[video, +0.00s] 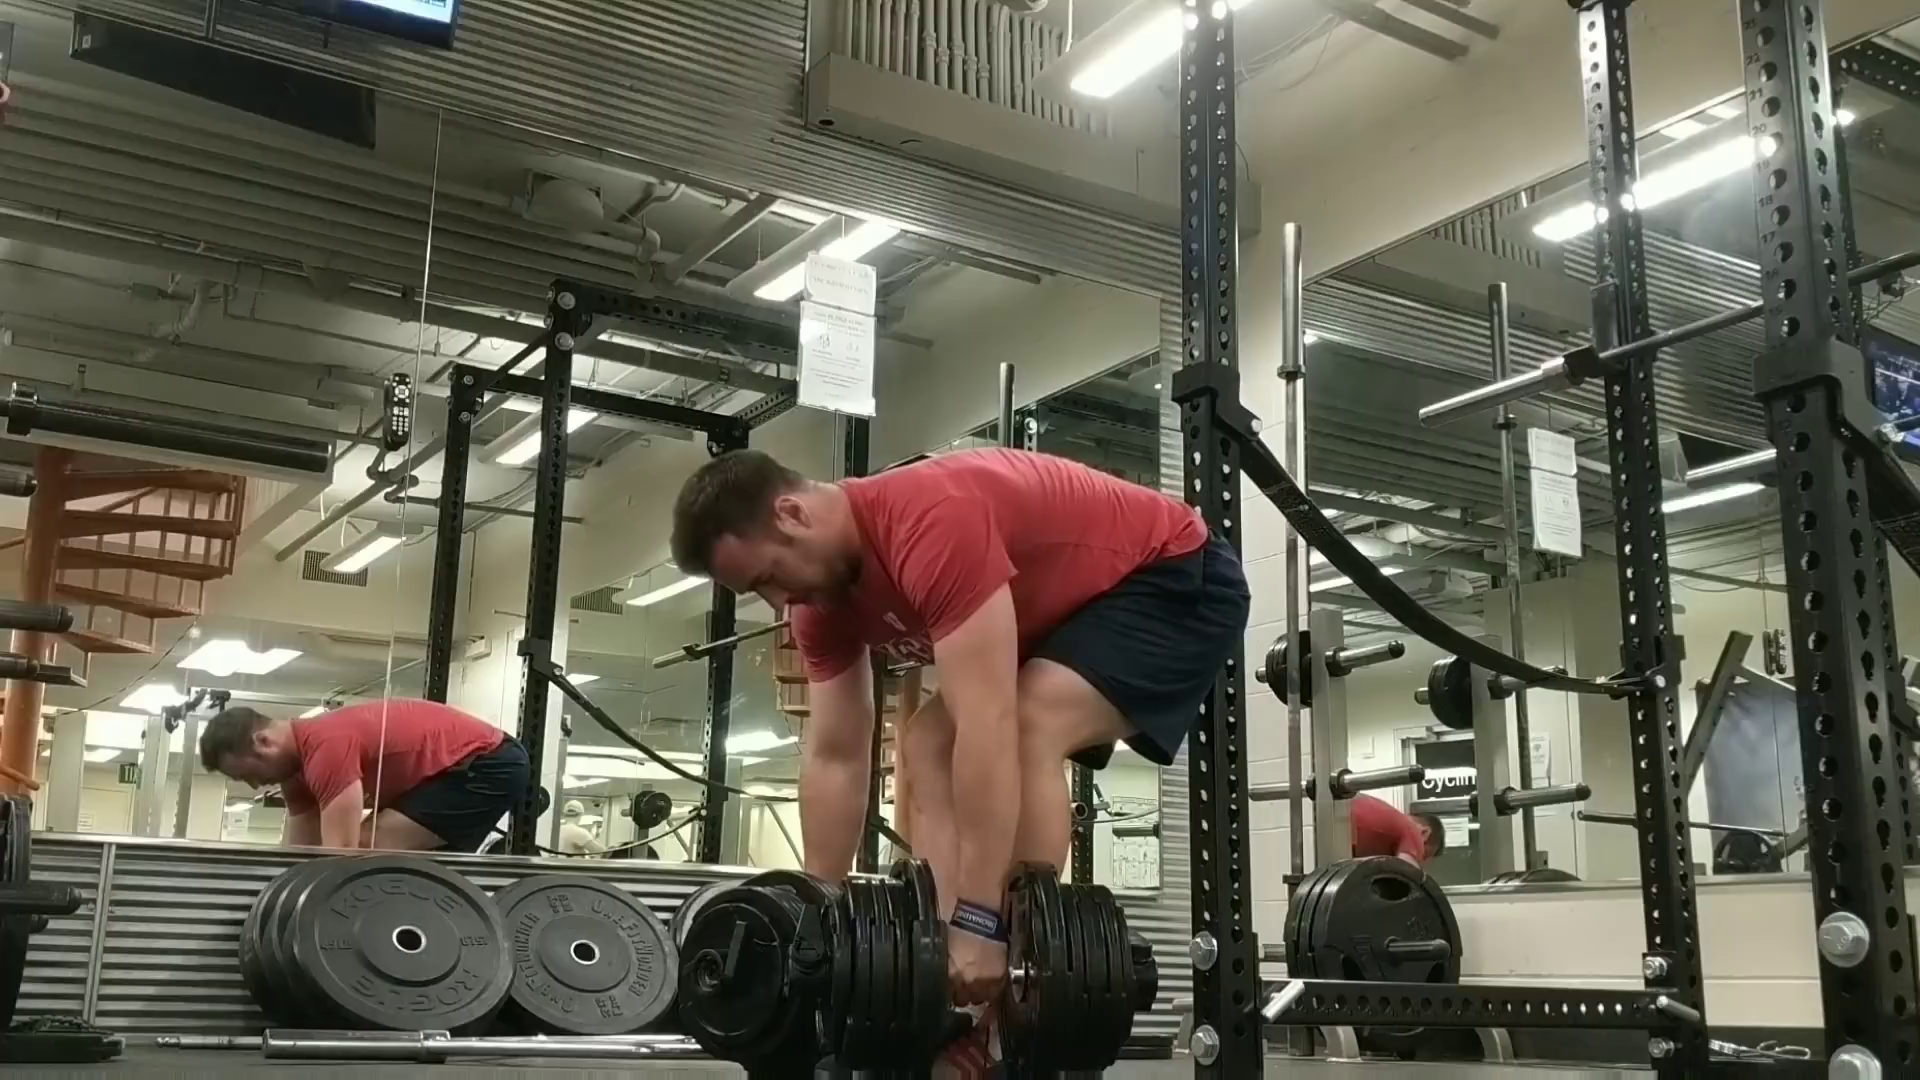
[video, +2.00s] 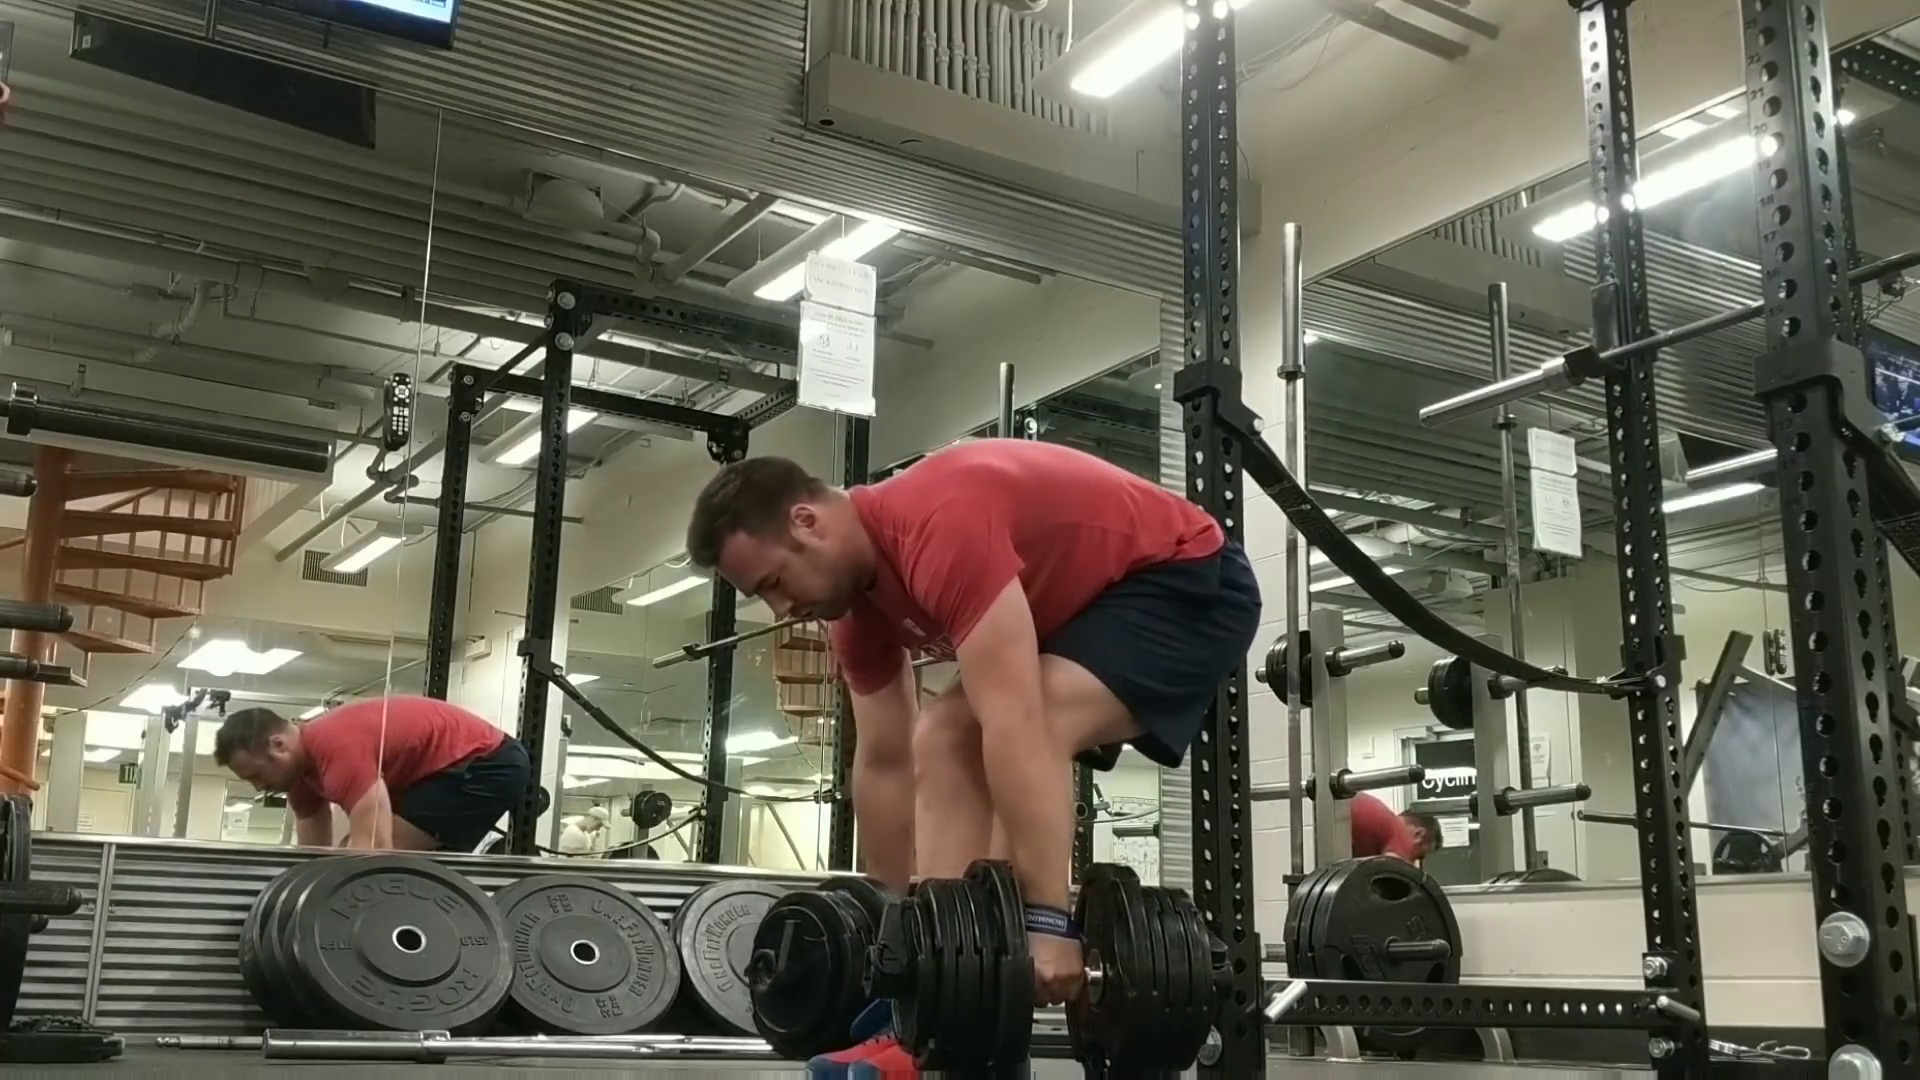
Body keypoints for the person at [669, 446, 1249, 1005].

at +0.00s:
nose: (777, 605)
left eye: (766, 581)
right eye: (757, 595)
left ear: (793, 515)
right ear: (794, 518)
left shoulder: (937, 521)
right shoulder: (826, 596)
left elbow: (987, 720)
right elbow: (833, 754)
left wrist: (980, 922)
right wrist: (817, 926)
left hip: (1173, 576)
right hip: (1063, 610)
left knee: (1025, 722)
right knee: (928, 733)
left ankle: (1024, 980)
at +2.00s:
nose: (778, 610)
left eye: (772, 584)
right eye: (761, 597)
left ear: (807, 523)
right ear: (806, 523)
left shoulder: (947, 525)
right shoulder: (859, 608)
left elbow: (1018, 722)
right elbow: (883, 764)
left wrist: (1049, 920)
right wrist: (886, 944)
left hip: (1186, 584)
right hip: (1082, 613)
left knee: (1021, 728)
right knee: (944, 730)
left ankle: (976, 1025)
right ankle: (918, 1007)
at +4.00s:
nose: (757, 557)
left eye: (755, 530)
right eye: (742, 545)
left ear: (797, 470)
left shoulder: (944, 505)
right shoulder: (837, 591)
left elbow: (992, 703)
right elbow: (858, 746)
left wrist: (1001, 905)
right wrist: (850, 912)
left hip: (1169, 581)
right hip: (1062, 615)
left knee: (1021, 725)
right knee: (929, 738)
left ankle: (994, 1024)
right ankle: (927, 1021)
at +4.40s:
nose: (773, 510)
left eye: (767, 484)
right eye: (756, 499)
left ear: (804, 423)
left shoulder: (952, 456)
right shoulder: (846, 538)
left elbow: (1043, 624)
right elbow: (883, 684)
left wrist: (1040, 808)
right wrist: (876, 844)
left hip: (1166, 578)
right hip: (1054, 603)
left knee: (1009, 732)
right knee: (942, 733)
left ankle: (993, 1020)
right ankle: (943, 1003)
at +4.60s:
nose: (796, 478)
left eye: (788, 455)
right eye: (778, 471)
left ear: (816, 391)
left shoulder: (967, 412)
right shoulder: (857, 509)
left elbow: (1094, 548)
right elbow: (906, 631)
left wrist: (1088, 721)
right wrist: (896, 769)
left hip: (1163, 572)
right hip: (1040, 604)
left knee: (1020, 764)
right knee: (948, 757)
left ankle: (988, 1020)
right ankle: (941, 1004)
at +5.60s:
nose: (794, 482)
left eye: (785, 459)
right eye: (775, 475)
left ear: (812, 394)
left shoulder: (965, 420)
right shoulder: (853, 512)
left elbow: (1026, 602)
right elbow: (874, 665)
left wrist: (1029, 786)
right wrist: (864, 821)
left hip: (1164, 574)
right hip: (1053, 603)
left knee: (1018, 741)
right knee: (930, 747)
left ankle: (991, 1018)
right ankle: (942, 1000)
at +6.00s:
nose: (764, 525)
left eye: (762, 499)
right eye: (748, 515)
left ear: (803, 439)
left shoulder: (952, 483)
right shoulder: (845, 566)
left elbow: (985, 687)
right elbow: (854, 723)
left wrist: (985, 879)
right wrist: (845, 884)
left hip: (1167, 580)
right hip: (1061, 615)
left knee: (1015, 726)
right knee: (933, 737)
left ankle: (991, 1029)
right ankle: (935, 1018)